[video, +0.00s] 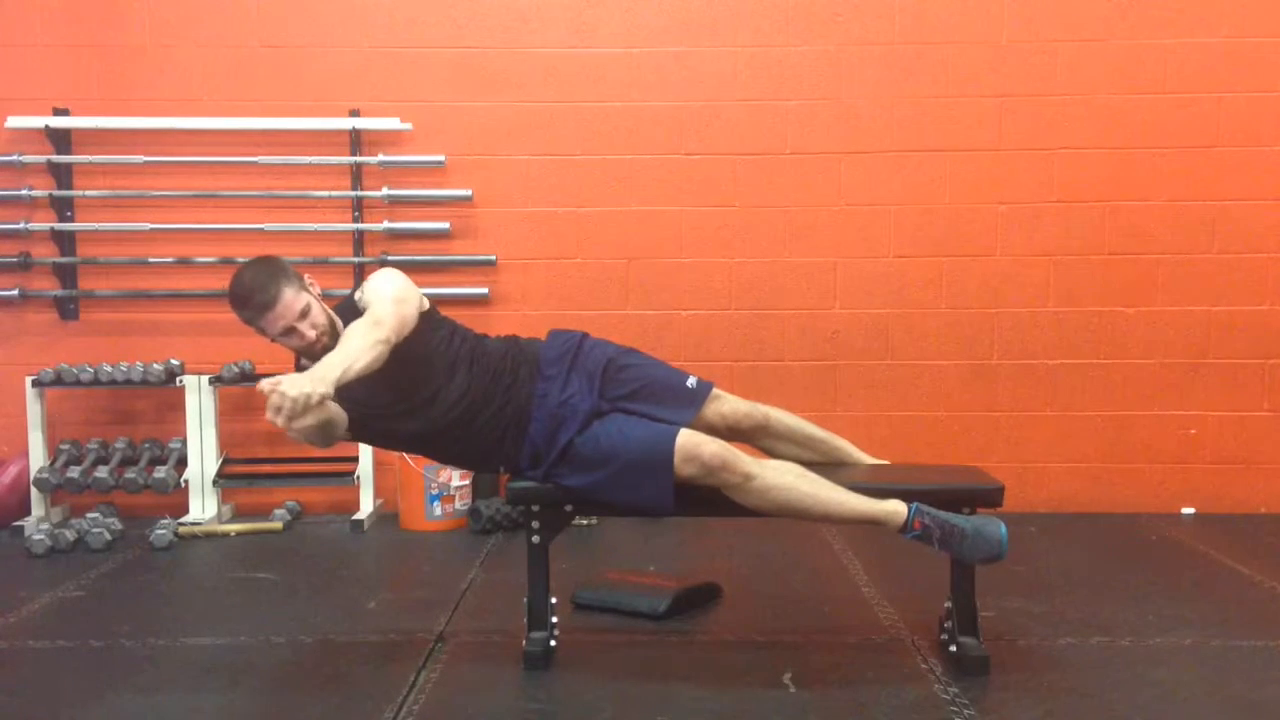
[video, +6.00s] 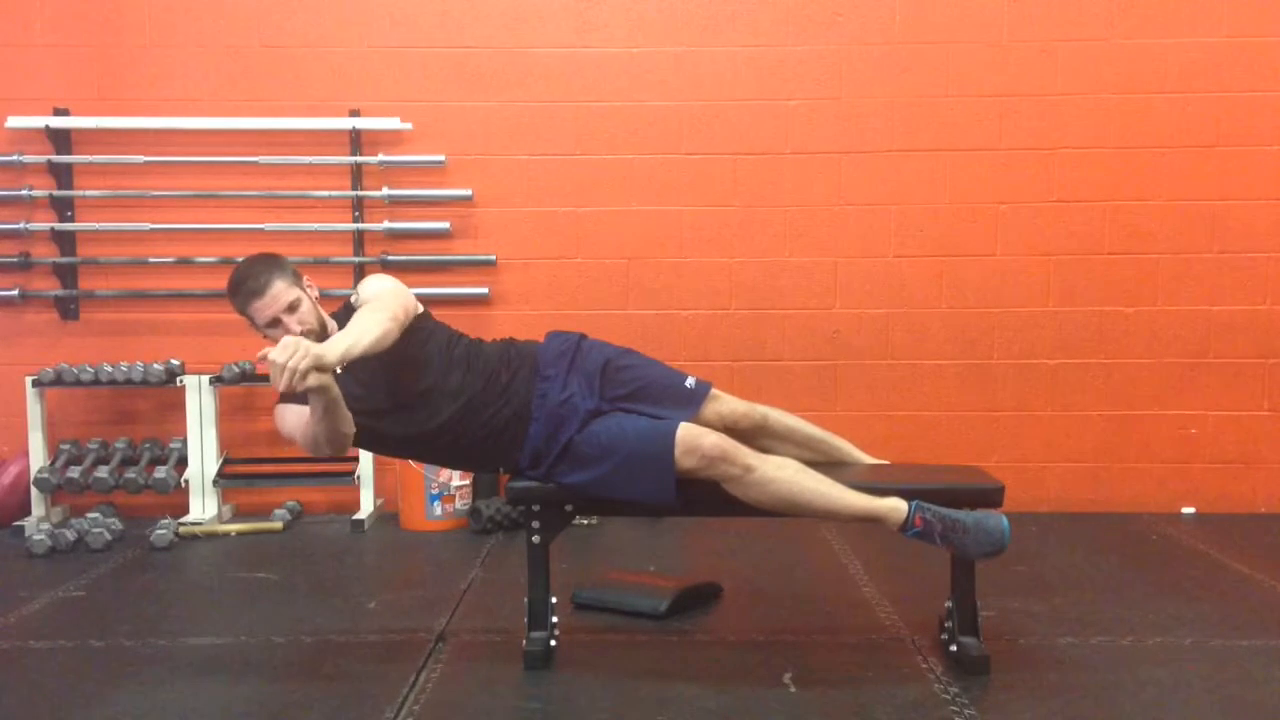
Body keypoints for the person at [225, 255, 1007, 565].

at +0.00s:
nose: (310, 318)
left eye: (304, 300)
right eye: (289, 323)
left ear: (316, 278)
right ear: (274, 337)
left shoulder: (378, 288)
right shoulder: (324, 398)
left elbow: (387, 330)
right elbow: (320, 419)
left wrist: (315, 380)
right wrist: (290, 406)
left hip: (567, 365)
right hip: (548, 447)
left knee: (735, 414)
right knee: (714, 462)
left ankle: (902, 490)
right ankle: (914, 522)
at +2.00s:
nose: (266, 311)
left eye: (261, 293)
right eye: (248, 318)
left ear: (290, 279)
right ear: (252, 342)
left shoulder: (381, 292)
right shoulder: (309, 409)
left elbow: (492, 331)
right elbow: (373, 504)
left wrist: (411, 407)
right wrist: (392, 447)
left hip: (574, 368)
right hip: (547, 449)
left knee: (740, 416)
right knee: (708, 454)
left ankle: (906, 493)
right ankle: (914, 520)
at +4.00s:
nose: (268, 329)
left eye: (266, 309)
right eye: (250, 331)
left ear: (290, 291)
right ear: (249, 349)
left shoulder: (372, 297)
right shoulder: (306, 417)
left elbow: (449, 334)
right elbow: (388, 470)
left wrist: (373, 388)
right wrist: (357, 421)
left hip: (565, 368)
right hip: (545, 451)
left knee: (740, 416)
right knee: (709, 453)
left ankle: (912, 495)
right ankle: (914, 520)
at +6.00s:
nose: (290, 326)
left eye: (290, 308)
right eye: (271, 325)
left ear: (313, 286)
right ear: (261, 339)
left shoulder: (373, 295)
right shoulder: (307, 402)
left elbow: (389, 322)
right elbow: (333, 447)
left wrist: (329, 354)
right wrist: (305, 391)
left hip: (567, 366)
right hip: (546, 449)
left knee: (737, 416)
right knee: (709, 454)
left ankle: (908, 491)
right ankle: (911, 519)